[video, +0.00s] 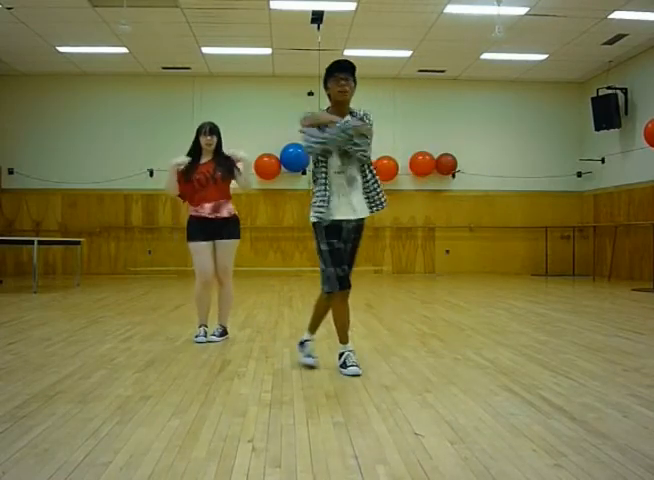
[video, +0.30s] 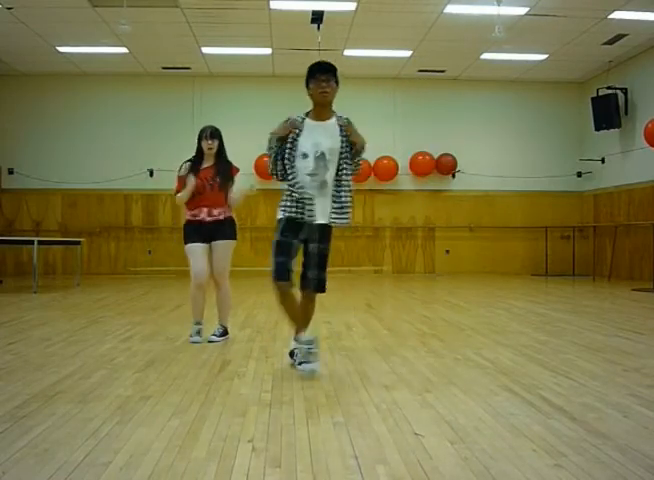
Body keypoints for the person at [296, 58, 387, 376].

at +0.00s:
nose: (342, 85)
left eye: (347, 81)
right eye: (336, 80)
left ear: (354, 87)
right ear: (326, 87)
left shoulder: (363, 120)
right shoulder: (315, 125)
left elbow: (342, 137)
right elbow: (309, 137)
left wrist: (316, 125)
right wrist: (341, 125)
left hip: (355, 210)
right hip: (326, 210)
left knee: (336, 282)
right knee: (338, 282)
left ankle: (306, 340)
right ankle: (345, 350)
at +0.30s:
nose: (324, 86)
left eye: (329, 82)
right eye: (318, 82)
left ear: (337, 88)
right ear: (308, 87)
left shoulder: (344, 127)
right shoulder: (294, 125)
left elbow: (350, 172)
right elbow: (278, 173)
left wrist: (358, 148)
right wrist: (275, 139)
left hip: (324, 214)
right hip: (293, 209)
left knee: (310, 285)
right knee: (280, 279)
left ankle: (298, 342)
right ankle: (304, 335)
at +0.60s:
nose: (300, 89)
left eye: (305, 84)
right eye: (294, 84)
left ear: (313, 91)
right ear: (284, 91)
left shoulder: (326, 128)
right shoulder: (269, 133)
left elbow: (344, 172)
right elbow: (252, 173)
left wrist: (326, 187)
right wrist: (262, 185)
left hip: (308, 225)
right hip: (273, 224)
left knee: (318, 291)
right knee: (264, 293)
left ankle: (298, 335)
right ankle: (254, 357)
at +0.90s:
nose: (302, 93)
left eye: (307, 89)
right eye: (297, 88)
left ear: (313, 97)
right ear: (284, 93)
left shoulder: (317, 135)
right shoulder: (260, 133)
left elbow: (337, 175)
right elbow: (251, 178)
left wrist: (327, 186)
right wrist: (276, 207)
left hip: (327, 219)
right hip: (295, 226)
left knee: (347, 285)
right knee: (294, 298)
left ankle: (361, 353)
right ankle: (260, 357)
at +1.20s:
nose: (309, 102)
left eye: (313, 98)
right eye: (301, 97)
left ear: (318, 105)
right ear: (289, 105)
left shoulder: (321, 147)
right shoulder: (268, 137)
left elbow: (323, 189)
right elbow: (237, 178)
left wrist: (307, 208)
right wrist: (253, 215)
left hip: (295, 234)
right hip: (262, 234)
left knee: (326, 296)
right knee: (273, 299)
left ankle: (355, 357)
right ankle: (256, 360)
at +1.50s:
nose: (301, 97)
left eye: (304, 92)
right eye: (294, 94)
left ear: (312, 97)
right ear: (283, 101)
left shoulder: (328, 134)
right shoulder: (275, 139)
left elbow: (337, 178)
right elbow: (267, 184)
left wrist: (327, 205)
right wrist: (243, 188)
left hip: (302, 225)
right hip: (269, 223)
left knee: (318, 293)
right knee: (268, 296)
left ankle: (289, 343)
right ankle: (255, 358)